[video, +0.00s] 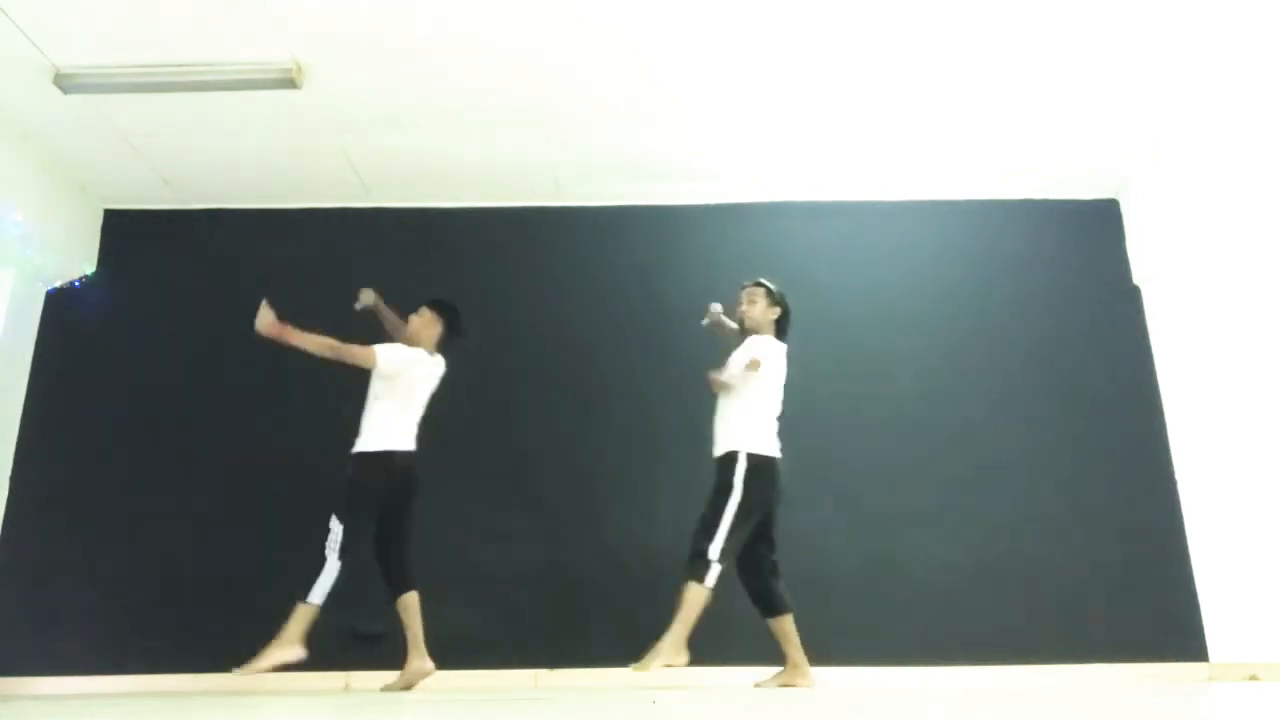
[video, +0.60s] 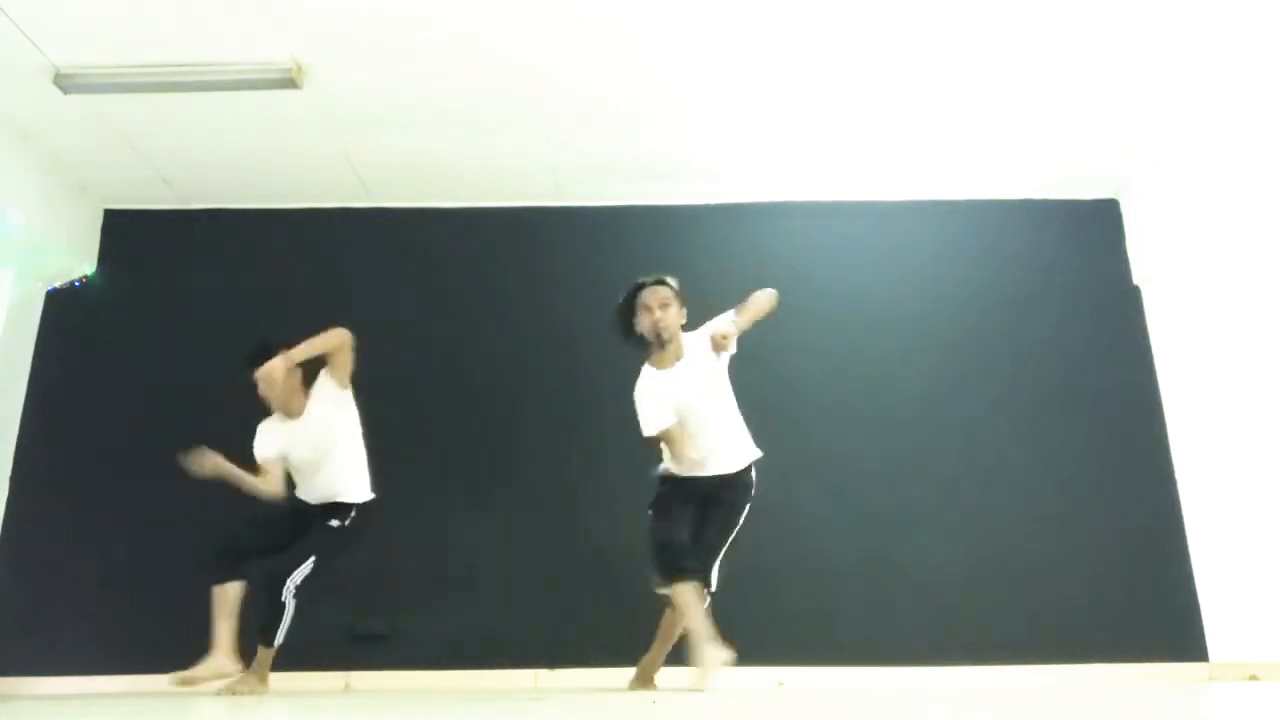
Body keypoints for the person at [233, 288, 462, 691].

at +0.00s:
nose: (412, 320)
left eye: (421, 316)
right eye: (416, 315)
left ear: (438, 330)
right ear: (436, 332)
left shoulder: (395, 356)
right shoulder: (435, 364)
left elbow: (336, 349)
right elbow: (404, 336)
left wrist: (276, 330)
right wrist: (377, 307)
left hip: (371, 463)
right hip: (402, 465)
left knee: (335, 553)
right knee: (395, 558)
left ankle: (290, 641)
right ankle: (418, 657)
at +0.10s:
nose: (399, 316)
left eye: (408, 315)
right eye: (405, 312)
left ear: (423, 330)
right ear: (417, 329)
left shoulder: (387, 359)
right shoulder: (418, 360)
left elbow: (331, 366)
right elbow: (396, 321)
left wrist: (272, 366)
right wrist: (366, 290)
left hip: (356, 465)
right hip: (385, 466)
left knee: (318, 552)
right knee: (387, 555)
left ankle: (271, 643)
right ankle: (415, 654)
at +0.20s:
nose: (380, 317)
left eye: (389, 315)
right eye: (384, 313)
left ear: (404, 330)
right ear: (391, 327)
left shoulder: (377, 363)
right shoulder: (391, 359)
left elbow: (330, 390)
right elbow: (367, 320)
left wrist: (282, 409)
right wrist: (346, 286)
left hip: (339, 472)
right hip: (362, 472)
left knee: (298, 558)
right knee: (366, 561)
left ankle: (265, 661)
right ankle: (411, 652)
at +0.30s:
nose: (356, 318)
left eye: (367, 317)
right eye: (361, 313)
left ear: (380, 333)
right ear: (360, 324)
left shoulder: (372, 370)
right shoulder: (343, 352)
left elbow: (348, 404)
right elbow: (307, 321)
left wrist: (307, 420)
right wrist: (300, 287)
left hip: (337, 481)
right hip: (323, 477)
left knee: (289, 568)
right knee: (316, 574)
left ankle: (261, 671)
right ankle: (379, 640)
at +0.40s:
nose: (315, 337)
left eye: (326, 331)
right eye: (316, 330)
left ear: (346, 342)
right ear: (313, 339)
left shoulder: (358, 376)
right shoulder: (298, 375)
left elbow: (379, 393)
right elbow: (237, 369)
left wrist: (339, 384)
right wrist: (235, 313)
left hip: (347, 498)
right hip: (314, 494)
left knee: (283, 574)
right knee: (252, 569)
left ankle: (257, 673)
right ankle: (302, 643)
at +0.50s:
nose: (280, 368)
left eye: (288, 359)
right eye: (277, 360)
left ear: (312, 360)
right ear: (277, 366)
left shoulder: (347, 388)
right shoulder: (279, 409)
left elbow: (374, 355)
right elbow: (231, 440)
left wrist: (321, 353)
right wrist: (191, 393)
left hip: (351, 507)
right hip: (312, 504)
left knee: (281, 577)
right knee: (225, 556)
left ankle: (257, 676)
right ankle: (213, 659)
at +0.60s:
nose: (261, 390)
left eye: (265, 380)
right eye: (258, 383)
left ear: (289, 372)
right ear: (261, 387)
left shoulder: (332, 390)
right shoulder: (269, 431)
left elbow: (342, 339)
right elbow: (274, 489)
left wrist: (290, 358)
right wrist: (224, 469)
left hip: (348, 511)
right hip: (304, 511)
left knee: (283, 579)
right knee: (229, 550)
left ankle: (258, 675)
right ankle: (222, 656)